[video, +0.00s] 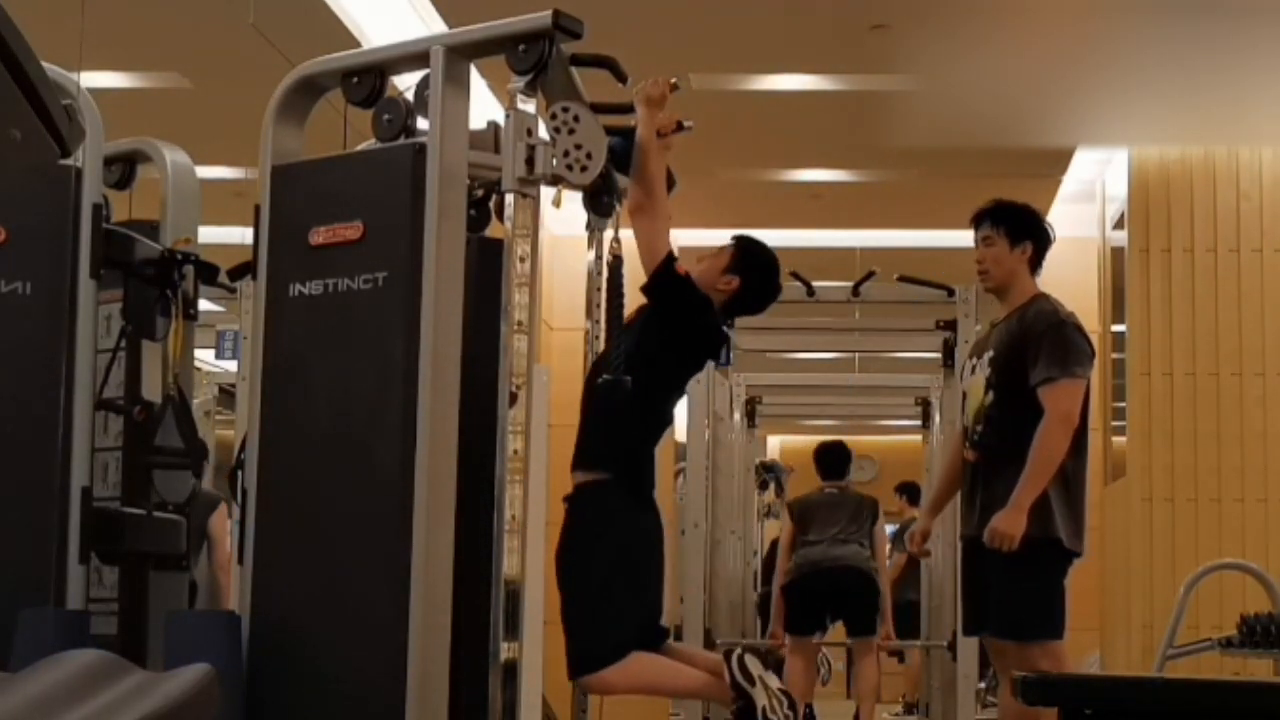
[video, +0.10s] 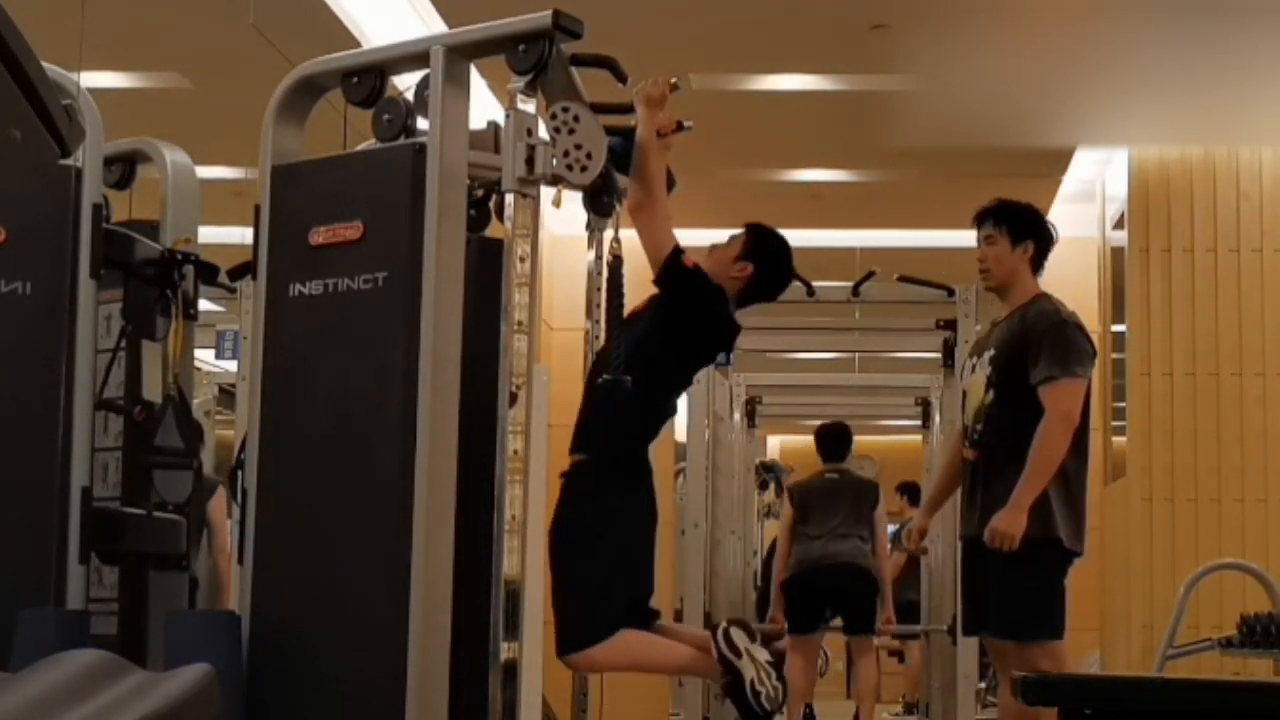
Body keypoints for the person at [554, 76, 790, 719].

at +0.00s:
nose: (694, 253)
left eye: (709, 253)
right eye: (708, 250)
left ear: (725, 280)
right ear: (726, 283)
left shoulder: (686, 315)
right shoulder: (683, 314)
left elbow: (645, 207)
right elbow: (646, 213)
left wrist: (645, 124)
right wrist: (657, 137)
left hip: (605, 510)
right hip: (620, 509)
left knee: (595, 668)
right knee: (634, 649)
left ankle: (730, 683)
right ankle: (738, 671)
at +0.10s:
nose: (714, 241)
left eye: (727, 241)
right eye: (726, 237)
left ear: (740, 269)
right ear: (741, 273)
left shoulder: (697, 303)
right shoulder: (696, 302)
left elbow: (645, 205)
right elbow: (646, 211)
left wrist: (645, 124)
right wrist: (657, 137)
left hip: (601, 487)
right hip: (618, 484)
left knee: (584, 647)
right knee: (622, 622)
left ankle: (719, 665)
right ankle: (724, 646)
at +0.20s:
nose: (724, 229)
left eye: (737, 227)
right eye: (733, 223)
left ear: (753, 253)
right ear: (754, 256)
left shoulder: (714, 291)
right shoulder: (709, 287)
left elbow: (647, 208)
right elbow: (649, 216)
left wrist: (646, 125)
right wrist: (656, 139)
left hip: (605, 454)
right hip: (615, 453)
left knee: (567, 617)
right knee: (606, 598)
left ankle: (705, 643)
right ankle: (703, 622)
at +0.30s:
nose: (735, 206)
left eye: (747, 202)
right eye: (743, 200)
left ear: (765, 227)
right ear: (772, 236)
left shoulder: (723, 268)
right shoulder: (734, 282)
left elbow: (646, 206)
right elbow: (649, 229)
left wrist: (645, 123)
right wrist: (659, 146)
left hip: (606, 421)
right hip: (626, 426)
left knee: (549, 585)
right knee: (594, 572)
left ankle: (684, 607)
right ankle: (692, 612)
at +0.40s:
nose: (738, 189)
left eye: (749, 184)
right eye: (746, 182)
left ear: (769, 204)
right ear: (775, 215)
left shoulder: (731, 246)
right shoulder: (747, 268)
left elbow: (647, 201)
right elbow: (648, 228)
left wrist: (647, 123)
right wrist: (657, 148)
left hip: (608, 399)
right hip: (633, 408)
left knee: (543, 550)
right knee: (589, 543)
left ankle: (667, 585)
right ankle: (674, 593)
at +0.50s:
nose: (738, 167)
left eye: (750, 159)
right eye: (746, 158)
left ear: (772, 178)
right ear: (782, 188)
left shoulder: (737, 220)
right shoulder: (757, 242)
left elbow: (643, 196)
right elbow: (655, 235)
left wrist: (646, 120)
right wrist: (658, 151)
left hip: (613, 376)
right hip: (640, 385)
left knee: (532, 513)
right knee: (583, 515)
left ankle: (648, 564)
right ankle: (655, 552)